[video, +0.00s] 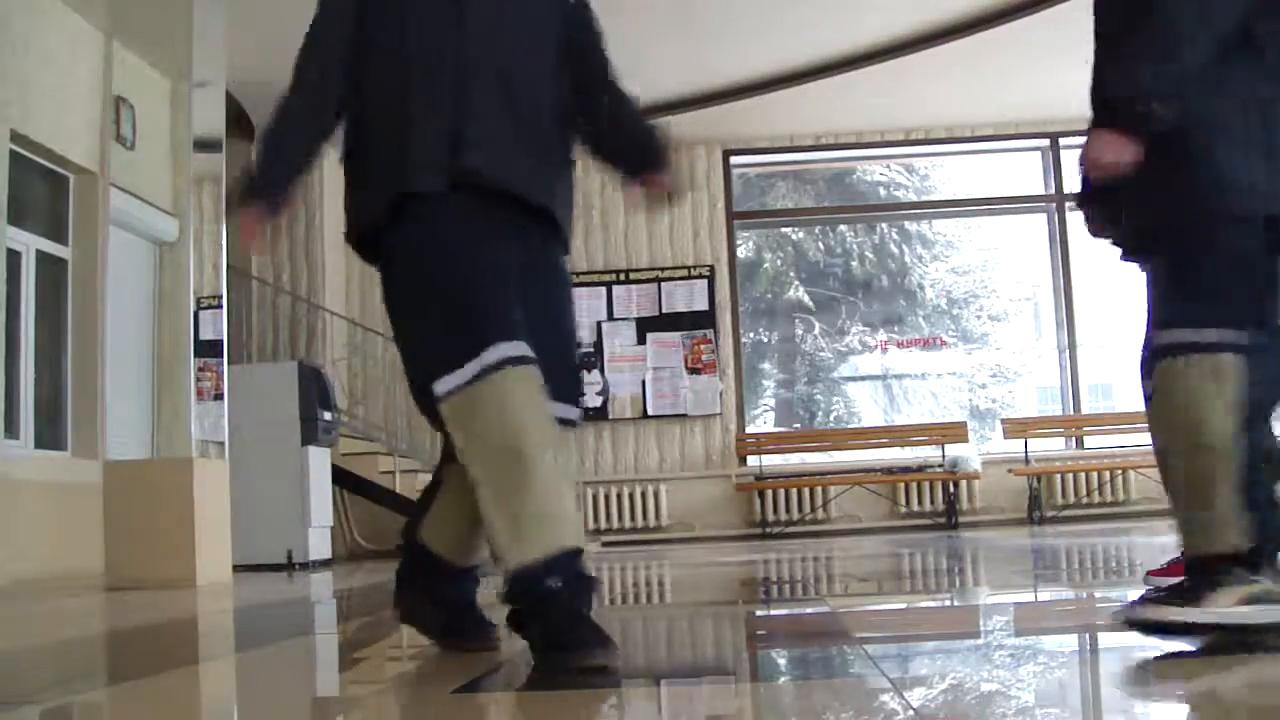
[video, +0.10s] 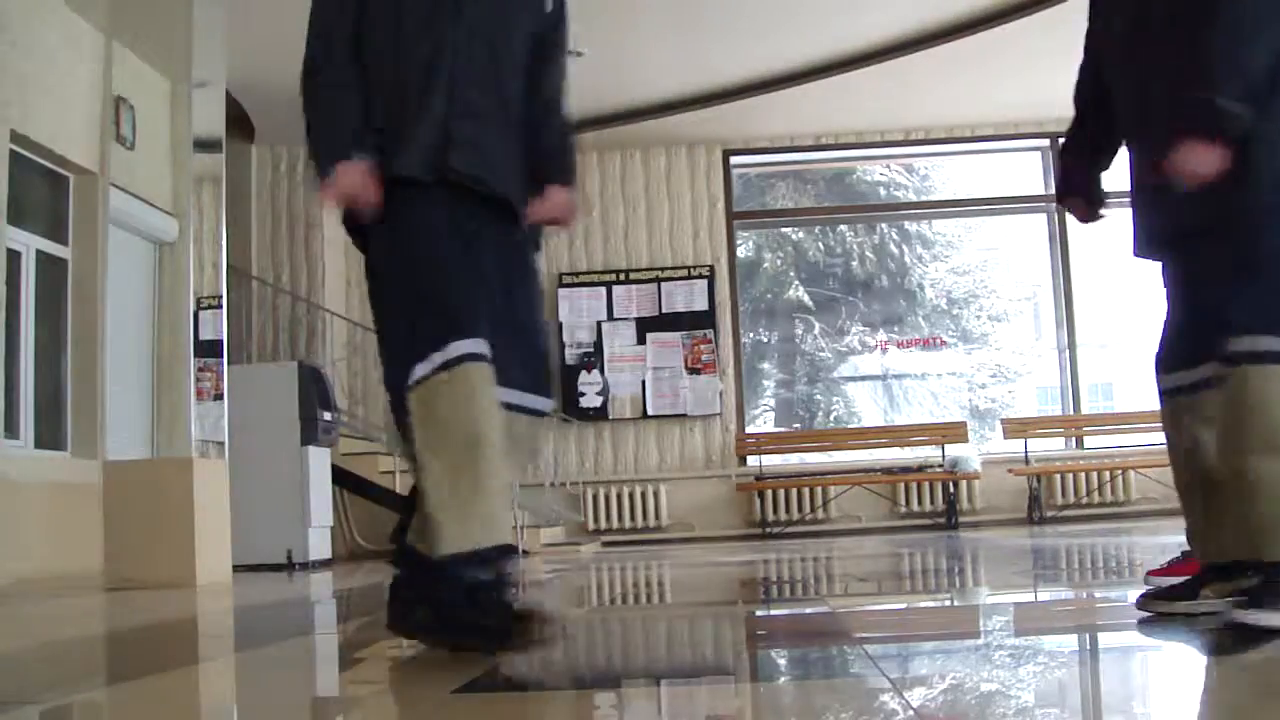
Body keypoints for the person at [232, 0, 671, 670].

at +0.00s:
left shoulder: (558, 12)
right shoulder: (360, 10)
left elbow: (585, 83)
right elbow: (324, 72)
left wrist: (644, 151)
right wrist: (269, 178)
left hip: (526, 193)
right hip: (422, 180)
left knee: (535, 395)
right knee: (494, 382)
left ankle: (434, 574)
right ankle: (555, 608)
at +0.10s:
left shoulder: (539, 9)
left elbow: (544, 61)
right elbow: (330, 37)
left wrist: (554, 168)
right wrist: (342, 148)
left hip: (501, 166)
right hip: (403, 153)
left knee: (502, 370)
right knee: (449, 360)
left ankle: (426, 580)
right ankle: (468, 584)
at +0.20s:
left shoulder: (513, 8)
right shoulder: (347, 4)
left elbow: (528, 80)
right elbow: (294, 72)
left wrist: (531, 143)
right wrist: (367, 91)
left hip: (485, 203)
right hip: (393, 199)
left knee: (501, 404)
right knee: (422, 375)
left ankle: (433, 593)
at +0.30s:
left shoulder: (497, 9)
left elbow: (493, 121)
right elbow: (267, 37)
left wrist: (534, 84)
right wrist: (377, 12)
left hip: (470, 196)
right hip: (376, 187)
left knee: (480, 403)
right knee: (393, 384)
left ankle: (428, 593)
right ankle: (315, 531)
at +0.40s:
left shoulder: (489, 8)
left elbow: (503, 99)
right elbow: (272, 20)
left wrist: (535, 65)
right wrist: (366, 6)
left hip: (456, 195)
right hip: (357, 189)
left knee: (457, 392)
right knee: (364, 391)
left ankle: (434, 584)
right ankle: (324, 546)